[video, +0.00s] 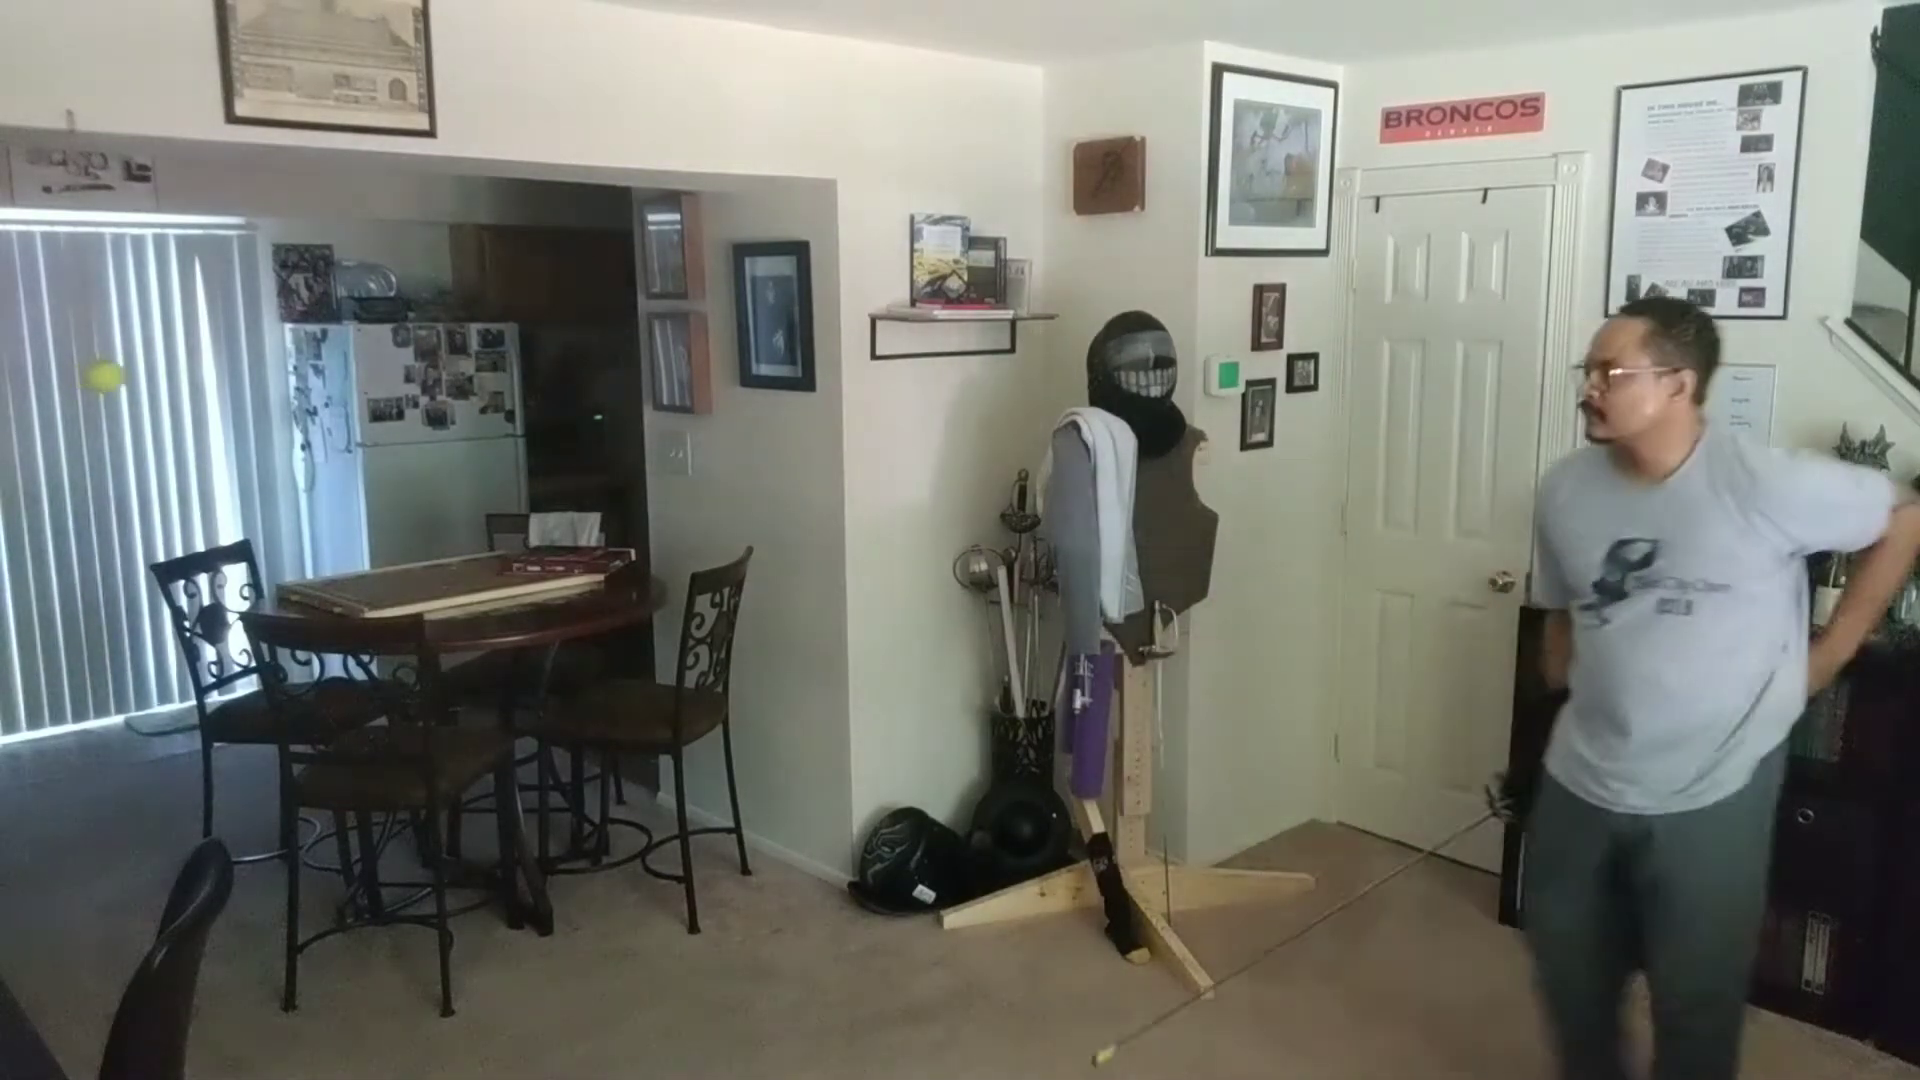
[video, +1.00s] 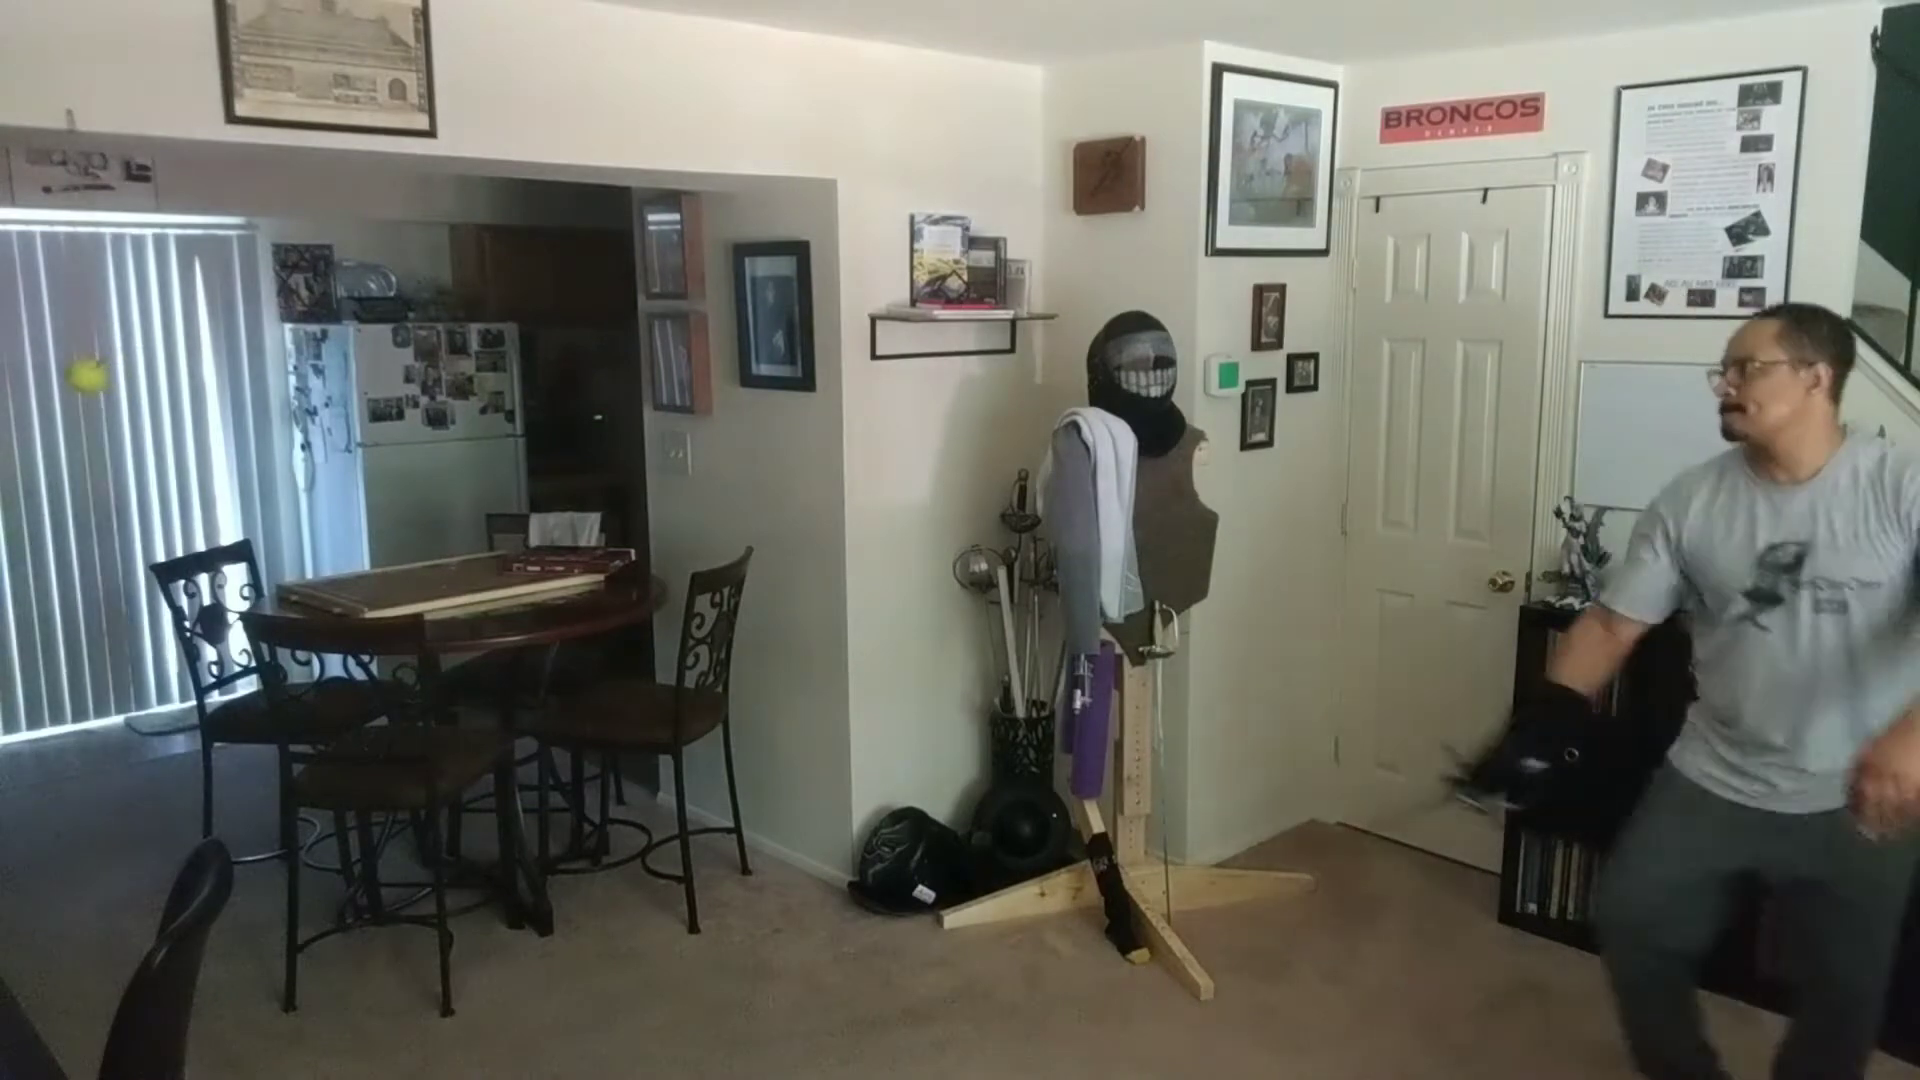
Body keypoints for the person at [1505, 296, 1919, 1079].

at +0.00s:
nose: (1587, 389)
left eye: (1608, 373)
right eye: (1587, 372)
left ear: (1675, 386)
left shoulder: (1763, 483)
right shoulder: (1565, 487)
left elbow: (1904, 518)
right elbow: (1560, 607)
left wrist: (1828, 657)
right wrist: (1563, 675)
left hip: (1716, 798)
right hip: (1579, 783)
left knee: (1696, 1022)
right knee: (1572, 1003)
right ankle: (1592, 1070)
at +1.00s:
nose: (1725, 387)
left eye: (1748, 370)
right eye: (1725, 370)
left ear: (1817, 380)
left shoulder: (1901, 487)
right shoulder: (1691, 501)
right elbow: (1609, 627)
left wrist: (1912, 734)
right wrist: (1547, 719)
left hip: (1857, 801)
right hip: (1710, 782)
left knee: (1843, 1016)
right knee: (1633, 925)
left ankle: (1809, 1074)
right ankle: (1683, 1069)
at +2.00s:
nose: (1645, 502)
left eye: (1666, 486)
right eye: (1648, 486)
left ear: (1736, 500)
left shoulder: (1837, 569)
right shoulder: (1644, 590)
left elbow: (1804, 697)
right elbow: (1527, 654)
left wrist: (1679, 578)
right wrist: (1419, 615)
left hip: (1877, 877)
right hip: (1729, 835)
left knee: (1838, 1067)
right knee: (1613, 1025)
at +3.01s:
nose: (1625, 482)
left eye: (1646, 466)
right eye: (1628, 465)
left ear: (1716, 482)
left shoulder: (1812, 559)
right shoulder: (1612, 568)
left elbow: (1780, 687)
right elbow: (1498, 632)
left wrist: (1675, 558)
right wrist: (1386, 585)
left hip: (1826, 866)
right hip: (1670, 826)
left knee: (1832, 1056)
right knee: (1559, 966)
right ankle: (1487, 1074)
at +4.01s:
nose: (1463, 482)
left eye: (1483, 467)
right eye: (1466, 464)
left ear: (1547, 481)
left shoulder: (1647, 560)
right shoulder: (1449, 561)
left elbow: (1626, 690)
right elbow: (1324, 605)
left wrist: (1520, 556)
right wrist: (1202, 564)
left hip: (1621, 867)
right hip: (1487, 821)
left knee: (1622, 1055)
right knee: (1379, 938)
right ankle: (1412, 1071)